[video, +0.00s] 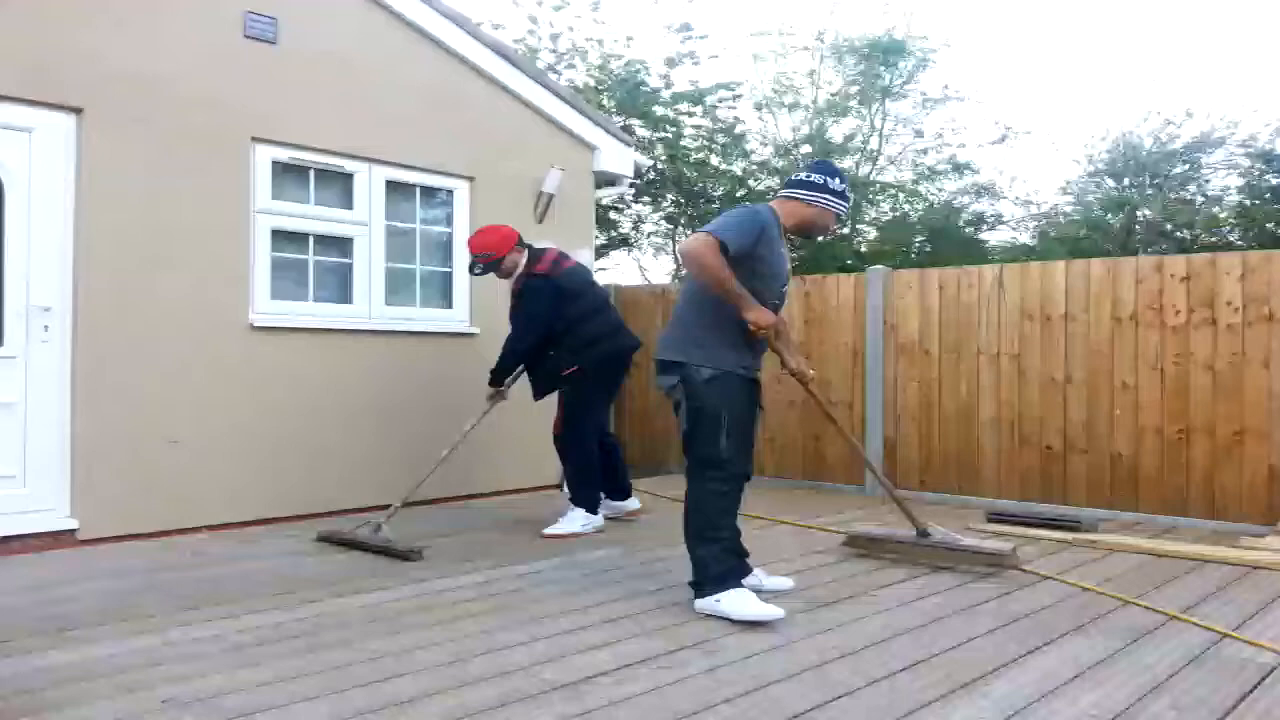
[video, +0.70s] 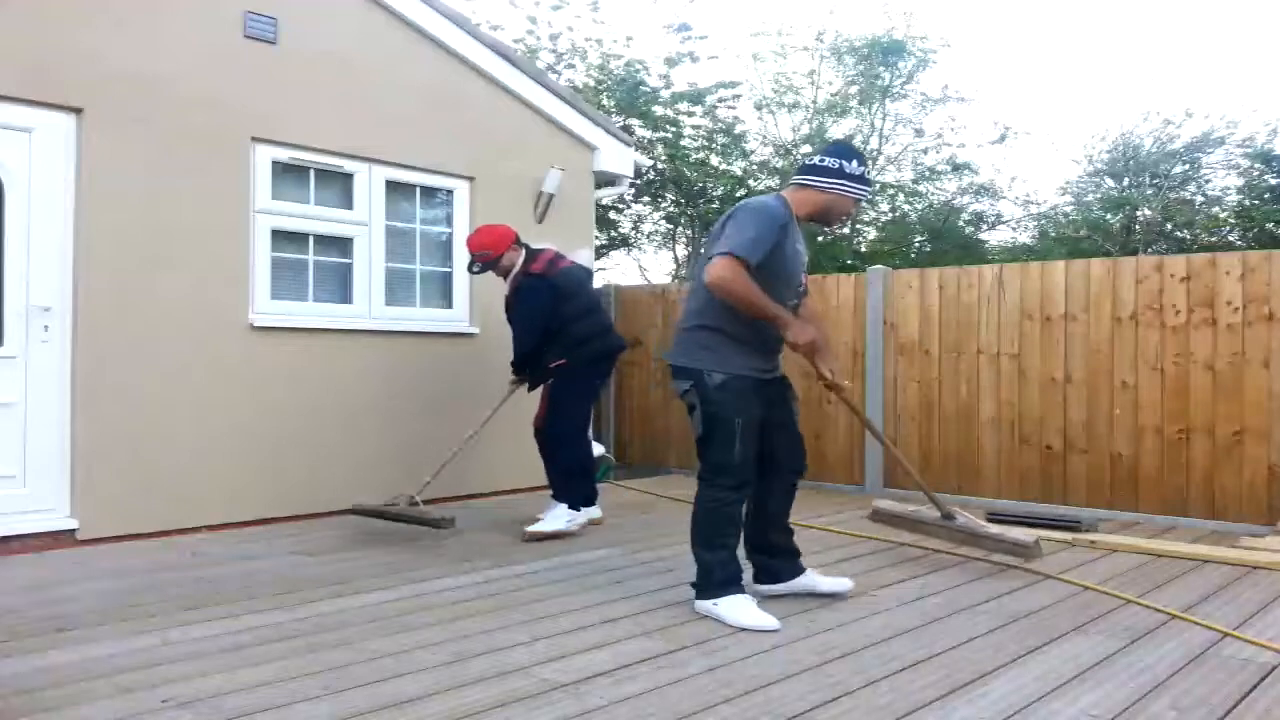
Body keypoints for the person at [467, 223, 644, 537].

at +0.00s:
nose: (495, 273)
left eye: (496, 266)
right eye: (491, 268)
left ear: (511, 252)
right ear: (517, 248)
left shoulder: (534, 284)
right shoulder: (549, 262)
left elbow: (524, 337)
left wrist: (497, 379)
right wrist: (518, 366)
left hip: (591, 358)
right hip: (610, 349)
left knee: (570, 432)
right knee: (592, 426)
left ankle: (585, 510)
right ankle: (619, 496)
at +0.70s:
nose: (493, 271)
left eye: (493, 264)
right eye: (488, 267)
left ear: (510, 251)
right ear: (514, 249)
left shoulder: (528, 284)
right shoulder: (546, 263)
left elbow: (528, 338)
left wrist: (522, 368)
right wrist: (532, 365)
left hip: (578, 358)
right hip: (596, 351)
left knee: (551, 427)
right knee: (569, 428)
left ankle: (570, 505)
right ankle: (585, 503)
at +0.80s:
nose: (490, 274)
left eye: (491, 267)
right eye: (486, 270)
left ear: (508, 253)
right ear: (512, 251)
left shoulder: (525, 287)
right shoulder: (545, 263)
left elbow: (529, 339)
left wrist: (527, 368)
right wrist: (540, 359)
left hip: (578, 357)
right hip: (598, 349)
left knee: (554, 428)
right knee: (573, 427)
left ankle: (551, 508)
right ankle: (584, 503)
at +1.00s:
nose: (486, 280)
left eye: (486, 273)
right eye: (482, 275)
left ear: (501, 259)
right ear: (506, 254)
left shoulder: (520, 292)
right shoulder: (539, 264)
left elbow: (526, 343)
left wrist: (525, 372)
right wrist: (535, 364)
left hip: (576, 358)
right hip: (593, 350)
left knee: (553, 430)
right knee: (568, 428)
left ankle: (535, 511)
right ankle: (583, 503)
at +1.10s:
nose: (483, 282)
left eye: (483, 275)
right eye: (478, 277)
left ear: (498, 261)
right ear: (500, 257)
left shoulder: (526, 288)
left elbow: (528, 339)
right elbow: (521, 332)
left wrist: (516, 371)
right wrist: (518, 366)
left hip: (577, 358)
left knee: (549, 434)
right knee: (564, 430)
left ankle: (533, 515)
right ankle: (582, 503)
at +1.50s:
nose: (463, 277)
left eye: (464, 270)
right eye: (458, 271)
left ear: (481, 255)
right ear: (485, 250)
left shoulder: (509, 286)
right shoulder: (510, 260)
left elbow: (497, 340)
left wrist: (462, 376)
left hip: (558, 359)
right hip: (570, 351)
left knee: (534, 437)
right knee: (561, 430)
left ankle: (528, 517)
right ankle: (580, 503)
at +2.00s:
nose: (446, 264)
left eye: (447, 257)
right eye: (442, 259)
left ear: (464, 241)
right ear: (466, 239)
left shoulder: (490, 272)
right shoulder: (489, 257)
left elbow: (470, 330)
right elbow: (474, 323)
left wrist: (440, 373)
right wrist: (451, 365)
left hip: (544, 358)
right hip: (530, 358)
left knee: (523, 435)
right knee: (514, 434)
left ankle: (529, 517)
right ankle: (522, 509)